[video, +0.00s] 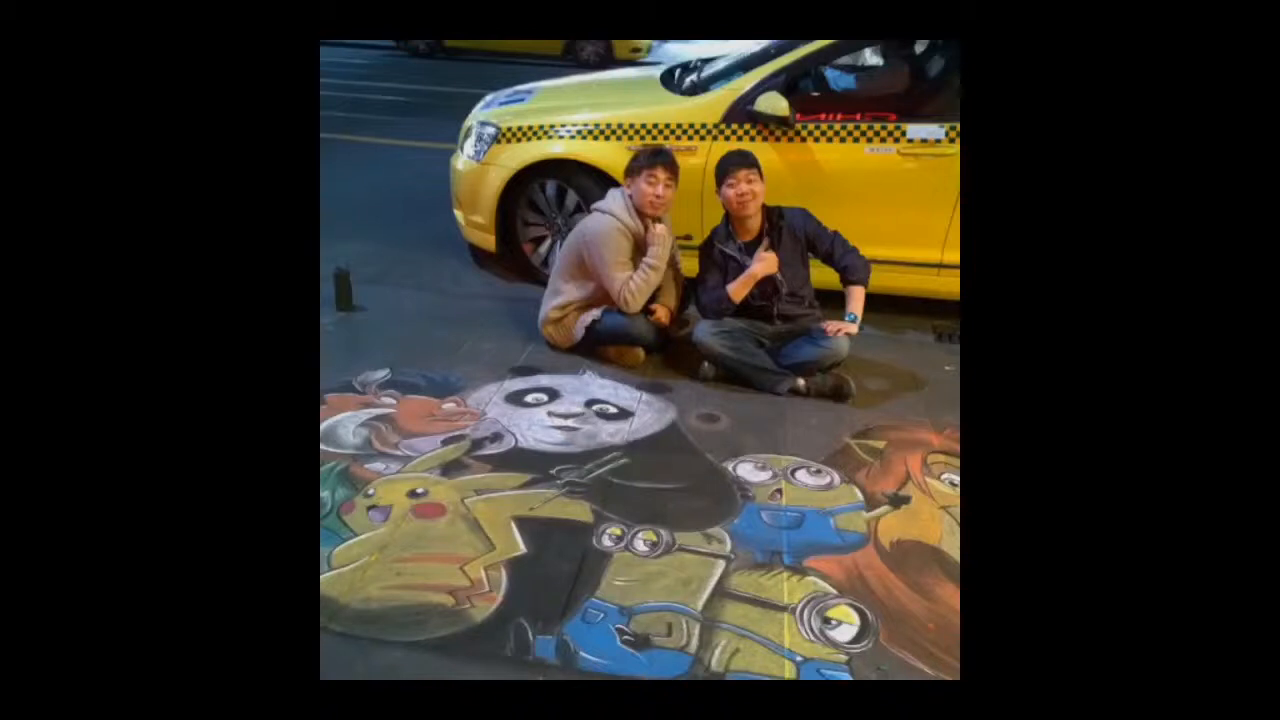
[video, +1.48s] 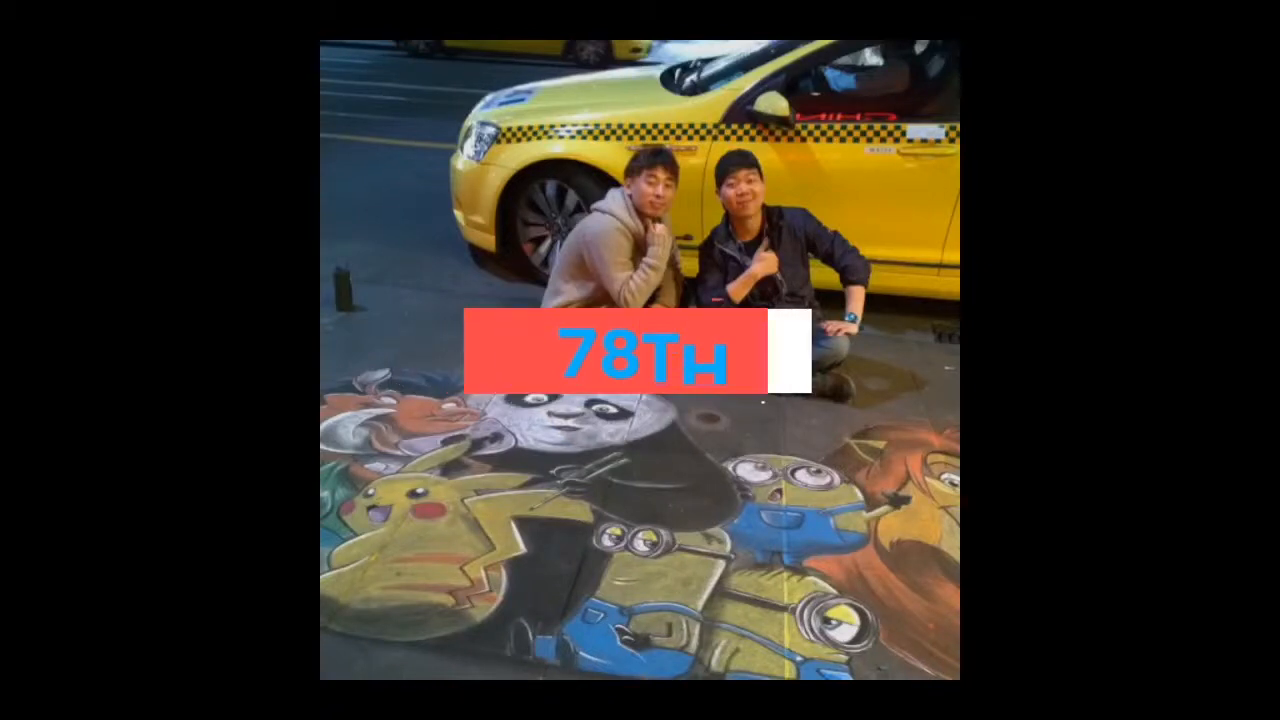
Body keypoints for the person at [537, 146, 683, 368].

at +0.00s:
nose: (659, 193)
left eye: (668, 185)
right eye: (651, 182)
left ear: (674, 192)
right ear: (629, 184)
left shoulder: (656, 221)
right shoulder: (605, 226)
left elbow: (669, 269)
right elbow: (629, 301)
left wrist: (665, 304)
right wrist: (657, 251)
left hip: (608, 305)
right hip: (567, 319)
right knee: (639, 327)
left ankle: (625, 346)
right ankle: (669, 335)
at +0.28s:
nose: (660, 193)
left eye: (668, 185)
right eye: (651, 182)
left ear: (675, 193)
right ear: (629, 184)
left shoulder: (656, 221)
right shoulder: (605, 227)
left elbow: (670, 269)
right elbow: (629, 301)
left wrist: (665, 304)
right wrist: (658, 251)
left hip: (607, 305)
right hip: (566, 320)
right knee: (638, 327)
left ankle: (622, 346)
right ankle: (669, 334)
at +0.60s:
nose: (660, 193)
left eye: (668, 185)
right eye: (651, 182)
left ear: (675, 193)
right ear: (629, 184)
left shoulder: (656, 221)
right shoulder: (605, 227)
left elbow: (670, 269)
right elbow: (629, 301)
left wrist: (665, 304)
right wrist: (658, 251)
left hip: (607, 305)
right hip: (566, 320)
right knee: (638, 327)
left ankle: (622, 346)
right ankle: (669, 334)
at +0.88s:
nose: (660, 193)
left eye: (668, 185)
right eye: (651, 183)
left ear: (675, 193)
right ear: (629, 185)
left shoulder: (656, 219)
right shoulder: (604, 228)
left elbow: (669, 267)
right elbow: (629, 300)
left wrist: (664, 303)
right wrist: (658, 251)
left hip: (613, 305)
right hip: (571, 306)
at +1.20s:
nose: (660, 193)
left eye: (668, 185)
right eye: (651, 183)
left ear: (675, 192)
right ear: (629, 184)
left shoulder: (656, 220)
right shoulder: (604, 228)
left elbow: (669, 270)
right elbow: (628, 300)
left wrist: (663, 306)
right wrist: (658, 251)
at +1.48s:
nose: (660, 193)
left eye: (668, 185)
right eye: (651, 183)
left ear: (675, 192)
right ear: (629, 184)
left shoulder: (656, 221)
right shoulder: (604, 228)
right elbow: (628, 300)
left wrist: (662, 306)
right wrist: (658, 252)